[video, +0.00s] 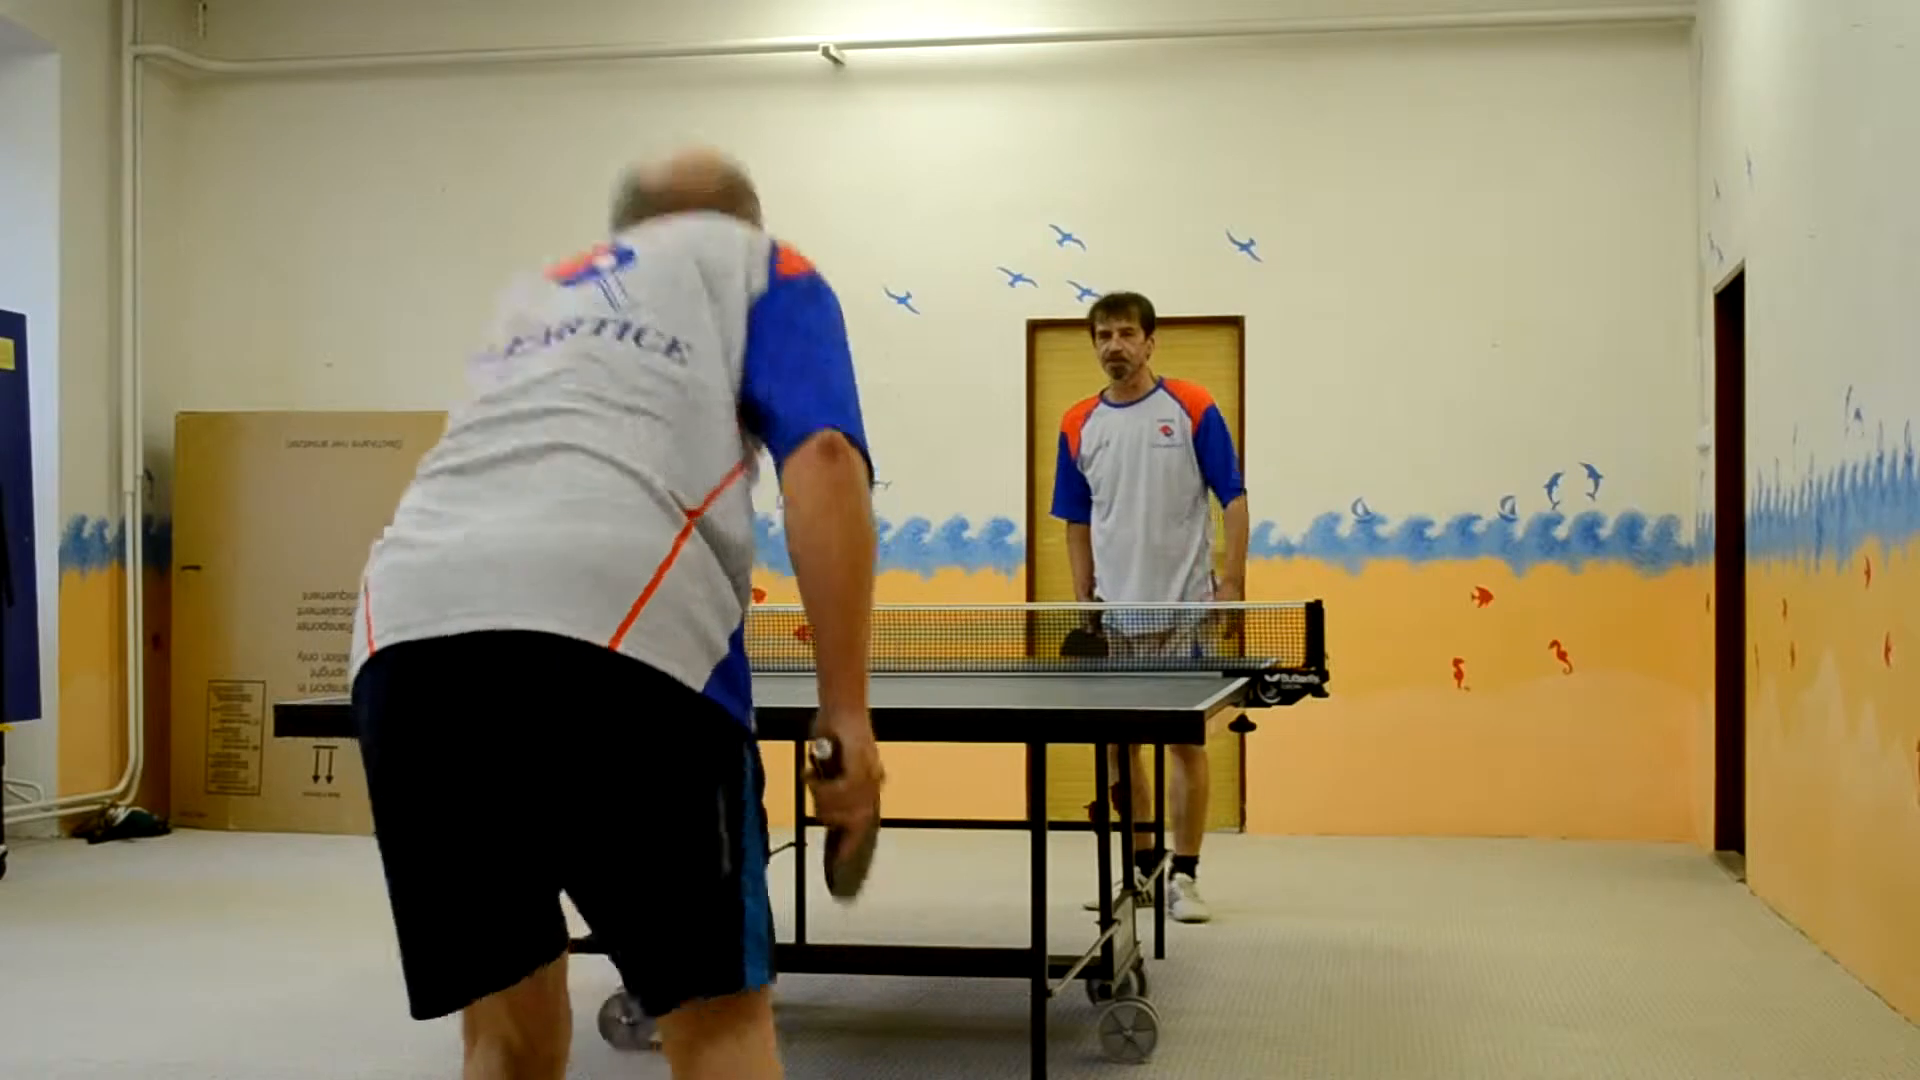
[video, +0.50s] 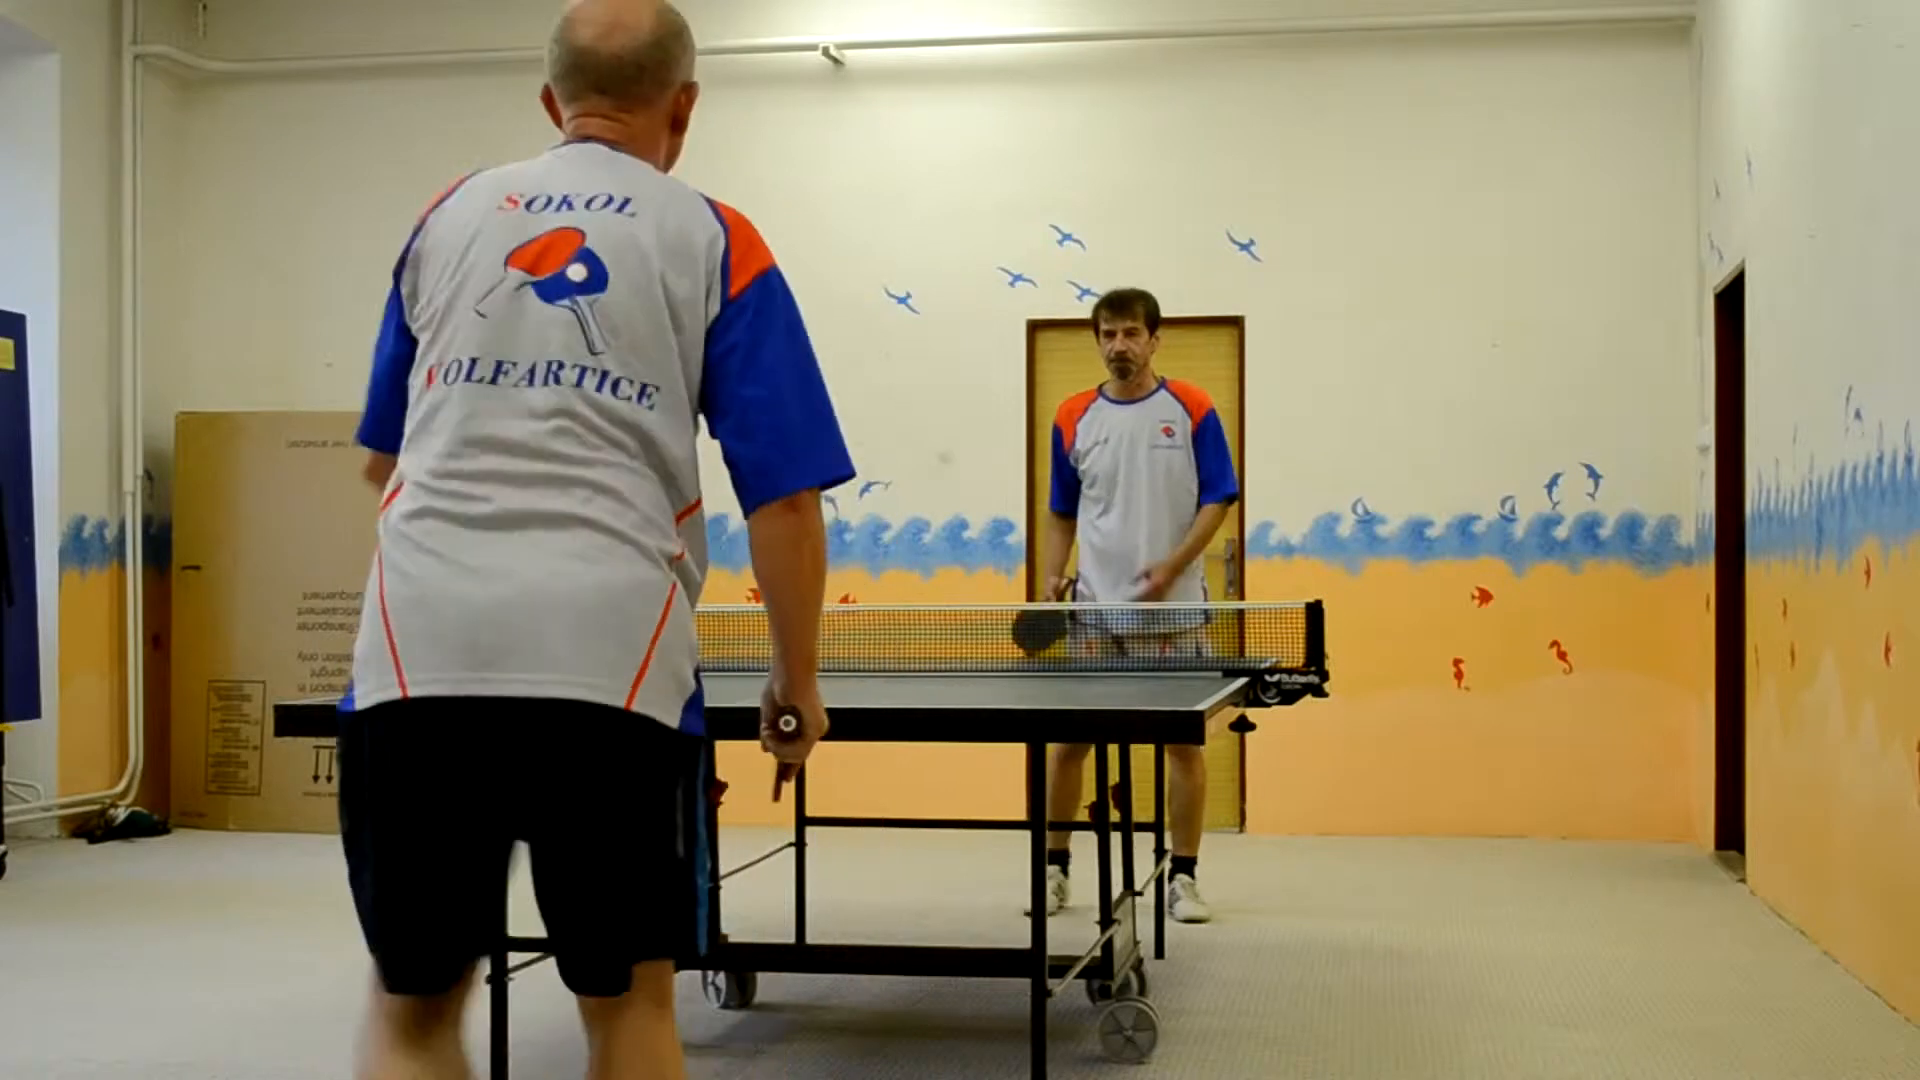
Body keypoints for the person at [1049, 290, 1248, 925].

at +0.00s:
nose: (1116, 346)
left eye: (1127, 334)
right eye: (1105, 336)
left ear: (1149, 340)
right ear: (1094, 345)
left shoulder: (1193, 407)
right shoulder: (1076, 424)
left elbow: (1234, 498)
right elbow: (1075, 524)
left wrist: (1230, 583)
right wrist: (1085, 605)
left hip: (1186, 610)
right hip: (1114, 615)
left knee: (1185, 741)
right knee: (1120, 747)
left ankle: (1182, 872)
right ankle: (1143, 871)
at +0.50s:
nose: (1119, 344)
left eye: (1130, 333)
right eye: (1109, 334)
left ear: (1153, 339)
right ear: (1097, 341)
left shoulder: (1191, 409)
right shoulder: (1073, 417)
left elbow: (1220, 497)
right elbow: (1061, 510)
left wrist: (1177, 561)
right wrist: (1052, 574)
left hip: (1173, 610)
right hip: (1094, 611)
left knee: (1185, 742)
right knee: (1069, 740)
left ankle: (1182, 874)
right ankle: (1054, 870)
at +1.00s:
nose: (1049, 359)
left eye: (1061, 349)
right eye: (1043, 348)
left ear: (1093, 350)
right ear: (1037, 347)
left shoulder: (1130, 409)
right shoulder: (1017, 418)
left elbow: (1117, 499)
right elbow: (1001, 504)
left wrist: (1056, 514)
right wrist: (997, 566)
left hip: (1123, 603)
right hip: (1048, 608)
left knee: (1156, 732)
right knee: (1041, 737)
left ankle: (1158, 864)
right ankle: (1046, 867)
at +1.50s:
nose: (1130, 367)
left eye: (1141, 356)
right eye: (1119, 356)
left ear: (1158, 355)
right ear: (1103, 356)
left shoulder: (1190, 413)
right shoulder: (1069, 427)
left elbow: (1219, 499)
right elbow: (1039, 512)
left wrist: (1144, 531)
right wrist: (1048, 564)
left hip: (1169, 607)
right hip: (1099, 608)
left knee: (1158, 737)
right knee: (1085, 732)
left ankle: (1143, 867)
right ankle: (1068, 863)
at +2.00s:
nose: (1191, 422)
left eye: (1200, 409)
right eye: (1178, 410)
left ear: (1212, 403)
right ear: (1155, 405)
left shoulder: (1235, 444)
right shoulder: (1118, 463)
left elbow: (1263, 538)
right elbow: (1077, 556)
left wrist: (1235, 597)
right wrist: (1135, 618)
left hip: (1215, 622)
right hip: (1149, 627)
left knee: (1238, 737)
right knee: (1169, 745)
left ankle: (1167, 844)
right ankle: (1171, 875)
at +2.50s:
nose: (1215, 442)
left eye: (1225, 429)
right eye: (1202, 431)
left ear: (1236, 421)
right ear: (1178, 423)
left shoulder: (1253, 454)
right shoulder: (1144, 475)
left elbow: (1289, 543)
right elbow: (1111, 576)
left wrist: (1267, 602)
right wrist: (1163, 631)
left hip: (1221, 628)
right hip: (1160, 633)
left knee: (1263, 734)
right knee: (1188, 745)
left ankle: (1218, 846)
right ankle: (1172, 878)